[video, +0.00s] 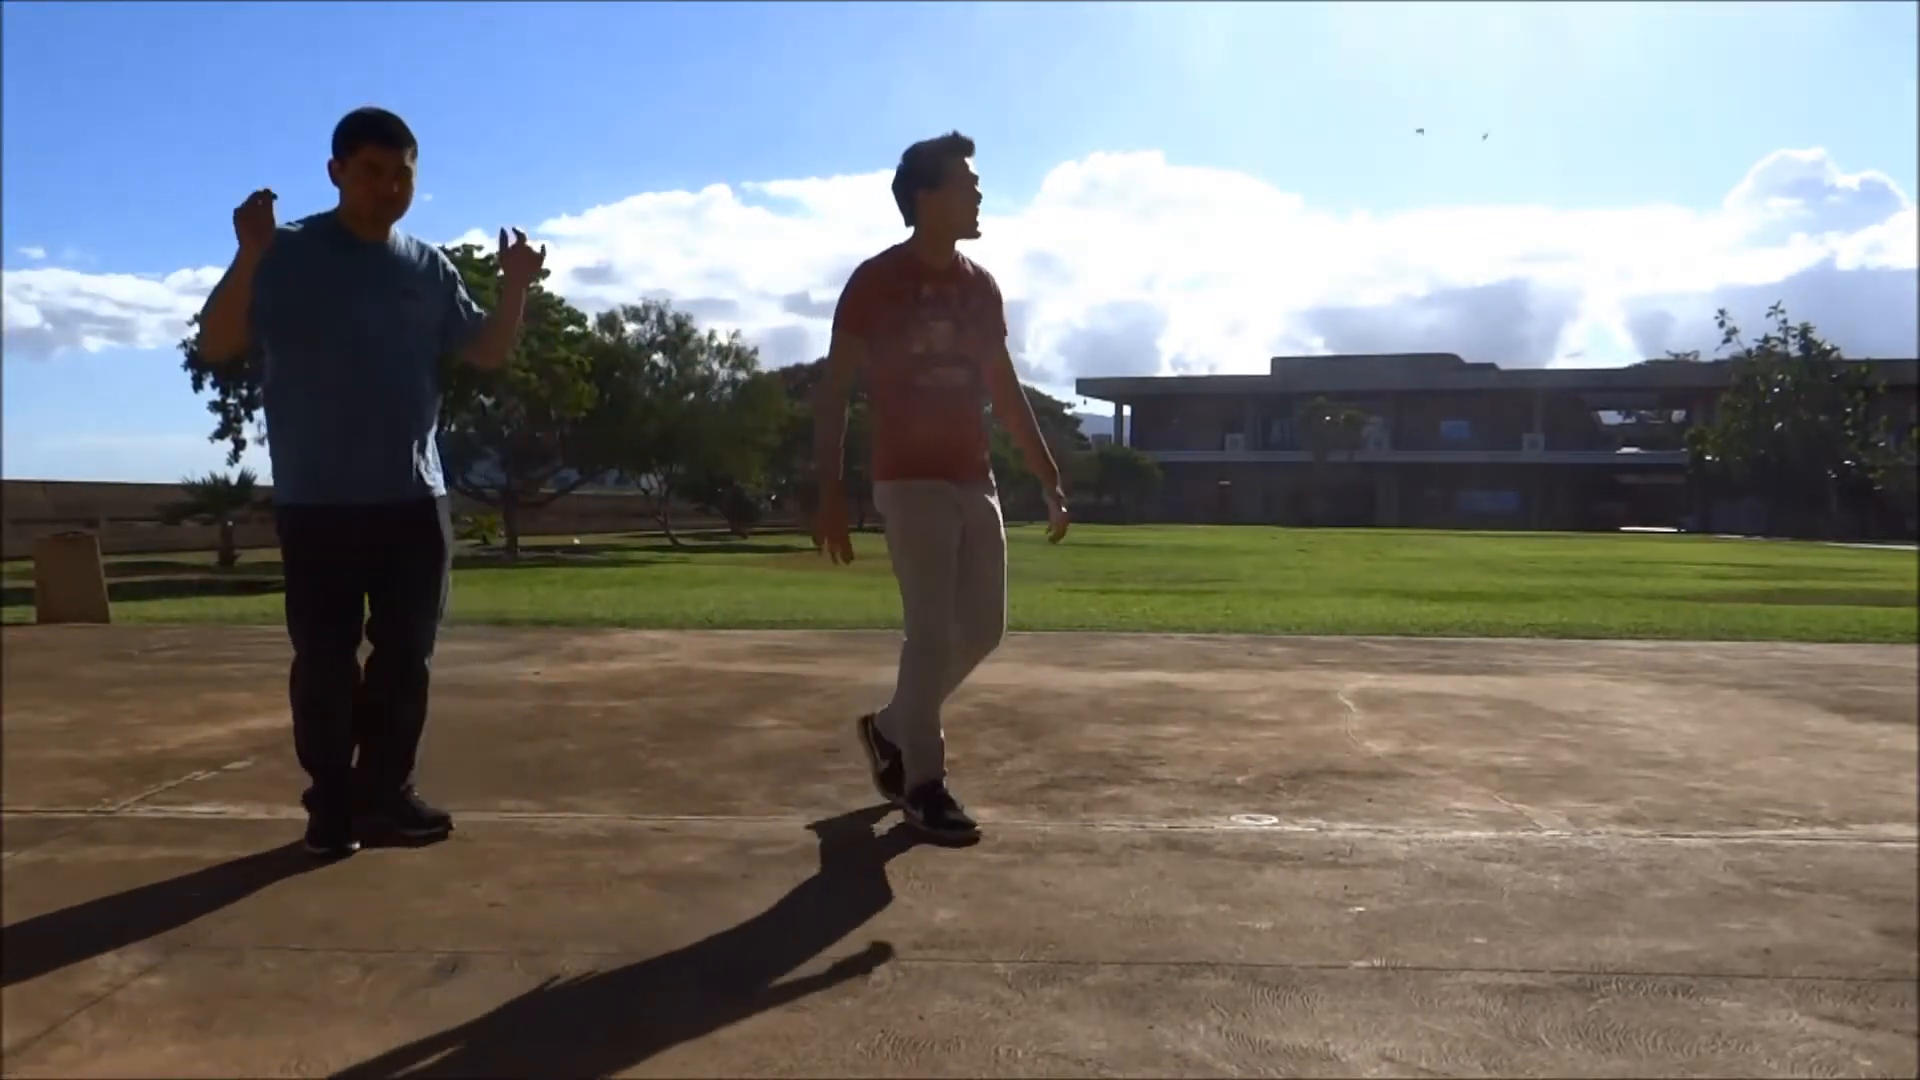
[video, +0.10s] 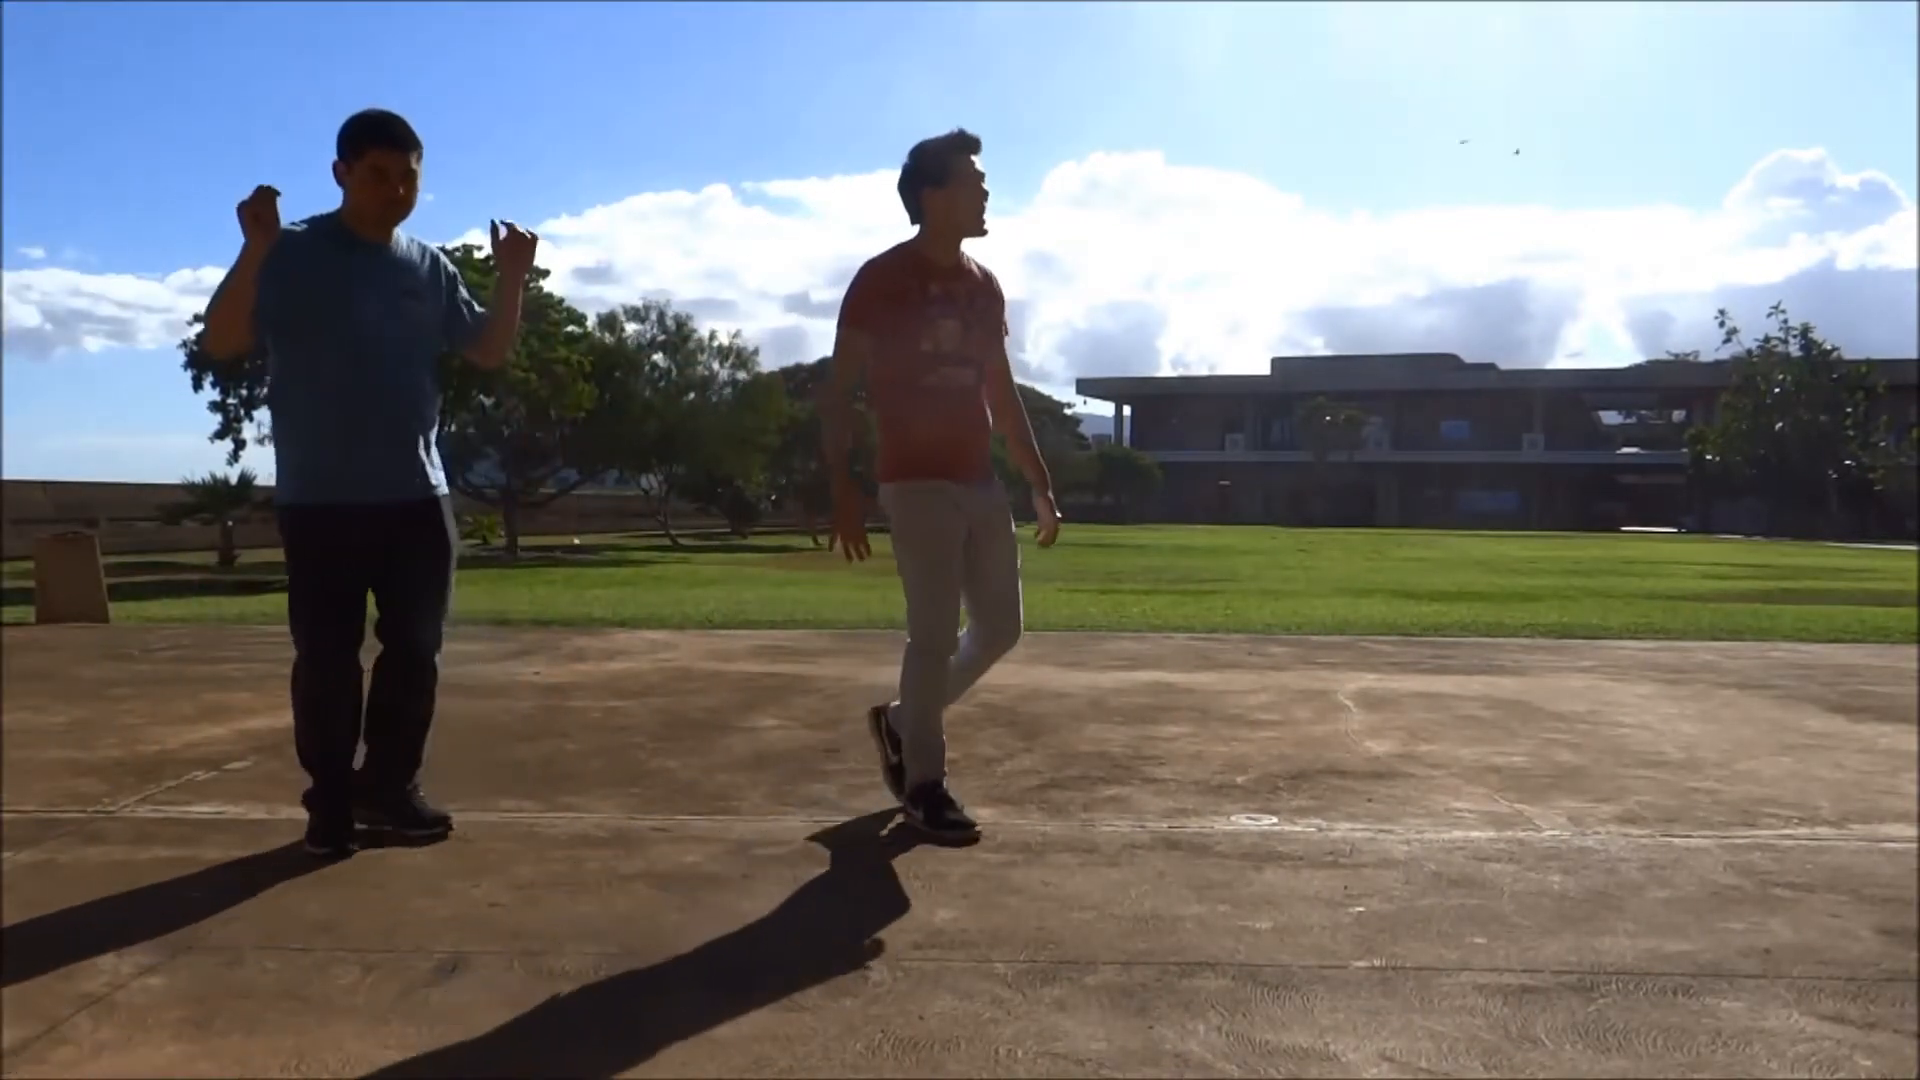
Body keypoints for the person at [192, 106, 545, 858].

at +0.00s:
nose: (393, 180)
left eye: (403, 169)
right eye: (377, 166)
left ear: (414, 179)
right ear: (339, 171)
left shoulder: (427, 266)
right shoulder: (287, 256)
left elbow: (485, 353)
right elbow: (217, 345)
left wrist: (516, 288)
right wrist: (249, 251)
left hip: (411, 487)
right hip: (315, 492)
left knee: (406, 652)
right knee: (324, 655)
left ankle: (385, 797)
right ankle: (330, 806)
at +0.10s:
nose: (402, 189)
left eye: (410, 177)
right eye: (386, 174)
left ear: (418, 183)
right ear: (345, 173)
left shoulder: (427, 265)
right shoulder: (290, 255)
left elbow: (488, 350)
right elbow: (222, 340)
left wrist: (512, 277)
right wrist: (255, 246)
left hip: (413, 488)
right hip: (319, 493)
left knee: (414, 652)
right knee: (327, 657)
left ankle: (389, 795)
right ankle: (330, 807)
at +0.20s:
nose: (411, 193)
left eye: (419, 181)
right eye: (396, 178)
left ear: (427, 185)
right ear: (353, 176)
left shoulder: (428, 264)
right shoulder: (296, 254)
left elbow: (489, 350)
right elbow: (228, 339)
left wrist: (512, 273)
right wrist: (265, 246)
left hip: (419, 484)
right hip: (326, 489)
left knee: (436, 640)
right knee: (332, 655)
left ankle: (411, 780)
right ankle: (331, 805)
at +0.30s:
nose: (421, 197)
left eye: (430, 185)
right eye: (407, 182)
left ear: (437, 188)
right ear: (365, 178)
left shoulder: (435, 266)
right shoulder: (308, 255)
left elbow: (493, 349)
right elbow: (238, 336)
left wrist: (513, 274)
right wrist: (280, 247)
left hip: (425, 482)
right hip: (333, 488)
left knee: (453, 637)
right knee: (336, 654)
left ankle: (449, 779)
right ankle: (331, 803)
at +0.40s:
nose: (436, 203)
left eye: (445, 190)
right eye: (423, 186)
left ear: (453, 193)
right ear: (381, 181)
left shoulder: (448, 271)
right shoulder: (322, 257)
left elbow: (504, 350)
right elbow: (250, 335)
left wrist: (525, 277)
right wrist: (296, 249)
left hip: (434, 486)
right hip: (343, 491)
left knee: (470, 636)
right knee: (341, 655)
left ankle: (495, 779)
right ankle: (333, 805)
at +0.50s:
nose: (454, 209)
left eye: (462, 196)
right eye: (440, 193)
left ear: (470, 200)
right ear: (401, 187)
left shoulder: (468, 273)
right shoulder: (341, 259)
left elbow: (521, 354)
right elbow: (270, 340)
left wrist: (538, 283)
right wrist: (311, 254)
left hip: (449, 490)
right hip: (360, 493)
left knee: (487, 636)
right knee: (349, 655)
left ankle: (518, 776)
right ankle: (333, 804)